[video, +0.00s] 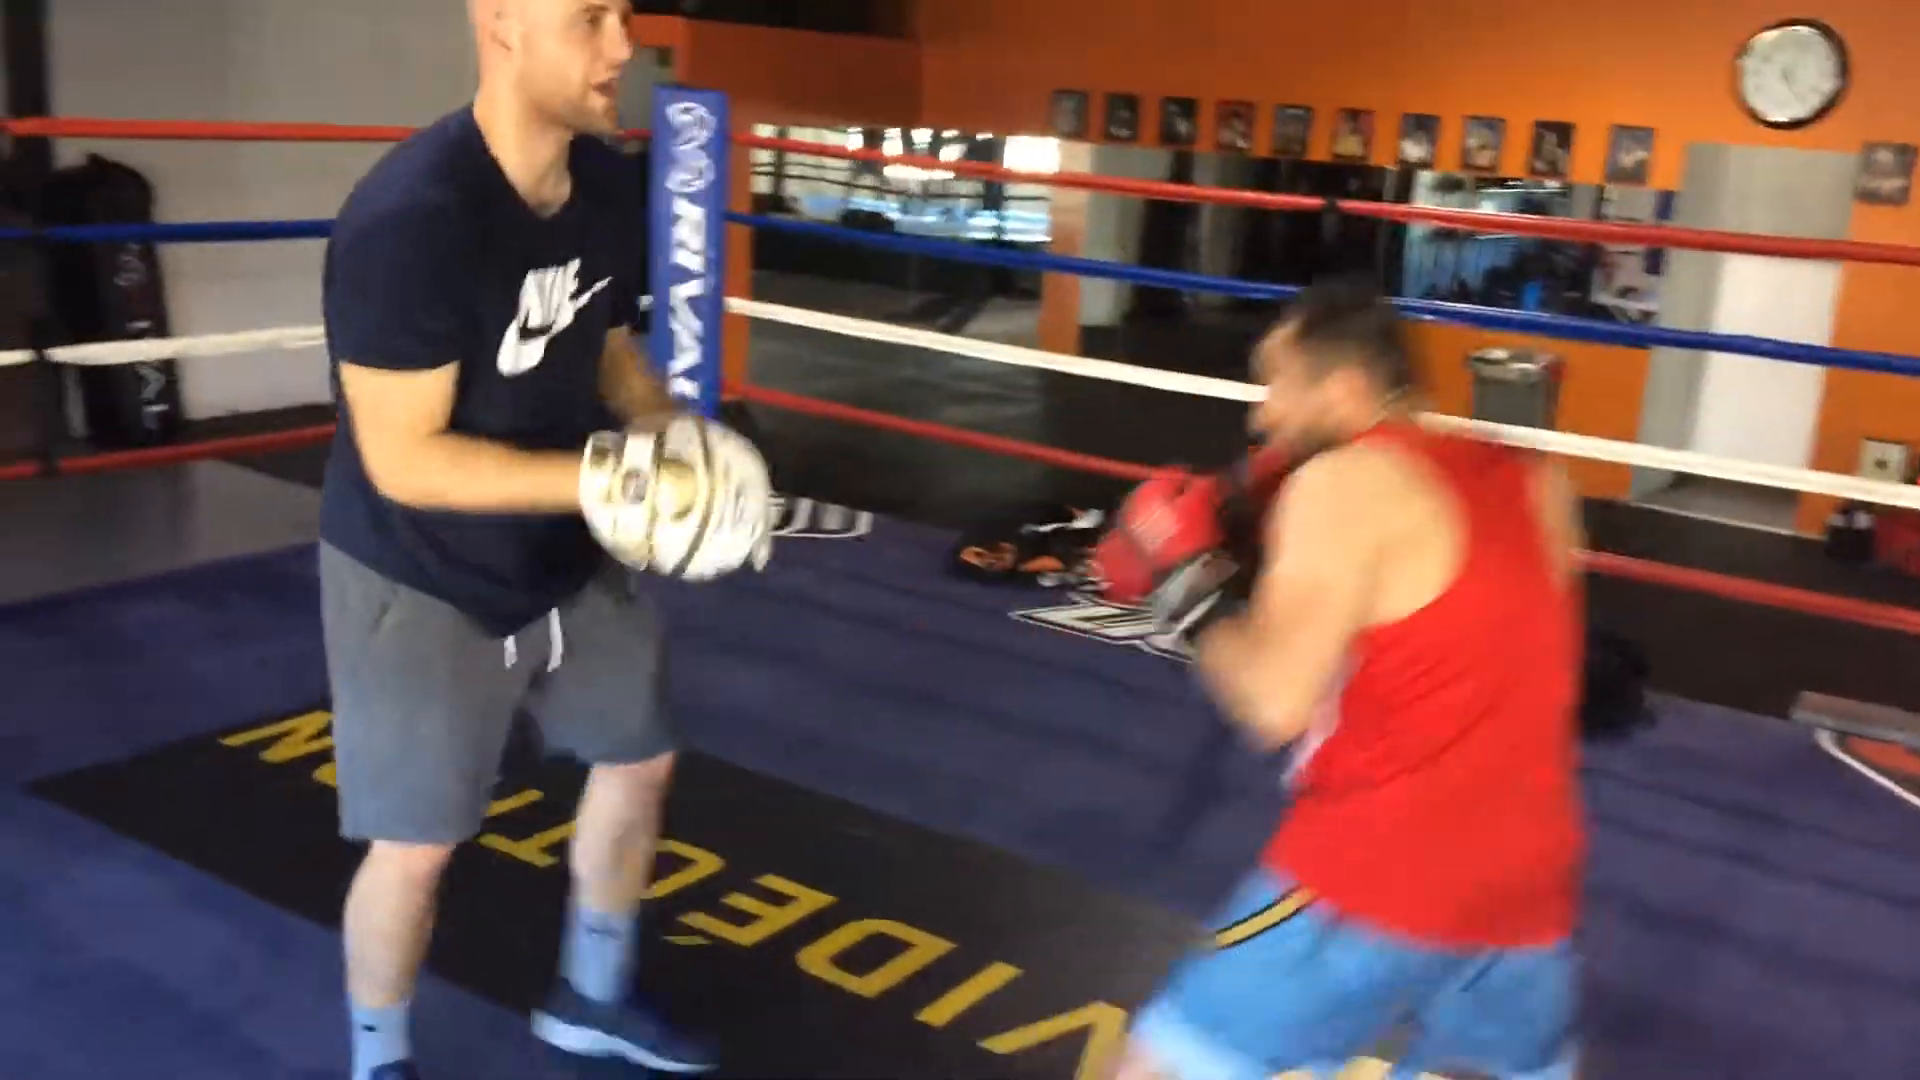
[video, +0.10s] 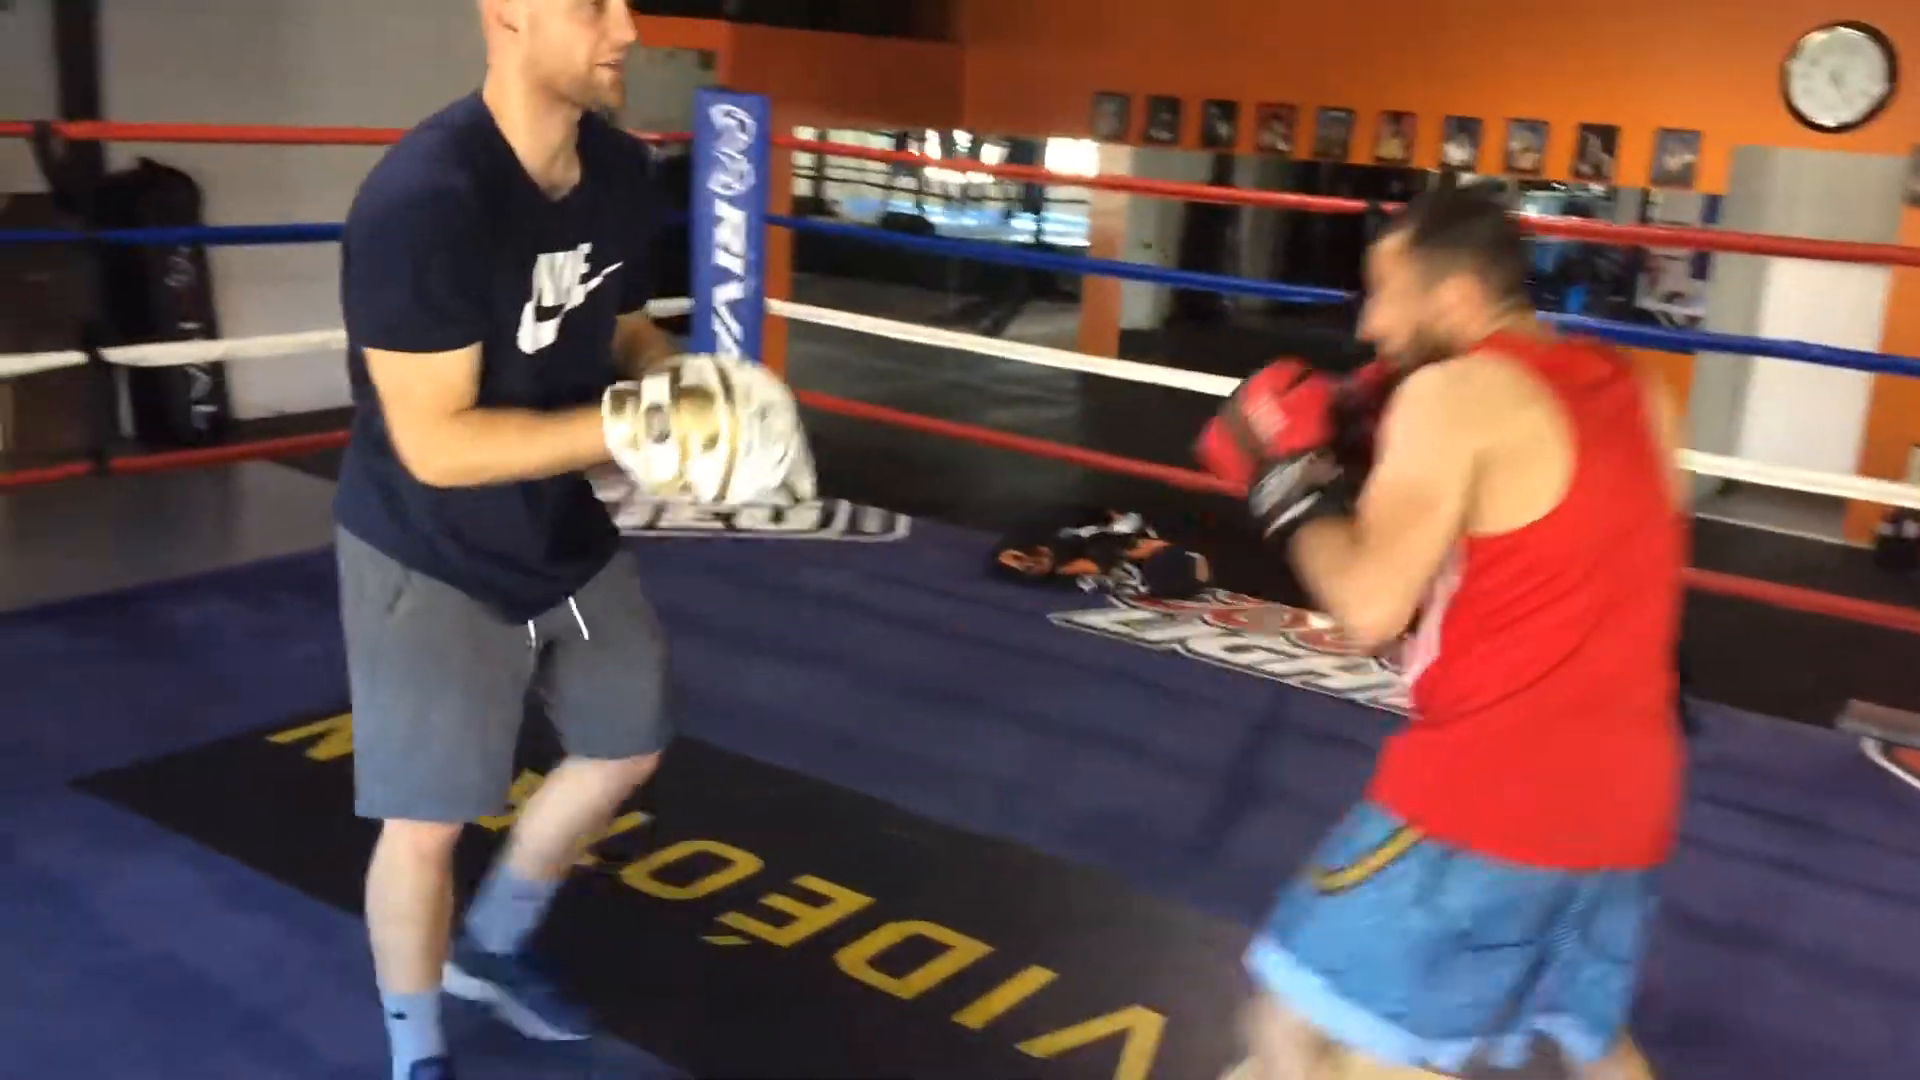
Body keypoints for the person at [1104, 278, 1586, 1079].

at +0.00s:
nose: (1262, 411)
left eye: (1275, 385)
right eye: (1263, 385)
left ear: (1342, 387)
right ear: (1381, 378)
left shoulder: (1341, 487)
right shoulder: (1528, 472)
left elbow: (1273, 702)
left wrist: (1189, 583)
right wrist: (1282, 522)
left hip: (1369, 889)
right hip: (1525, 893)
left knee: (1168, 1059)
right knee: (1518, 1069)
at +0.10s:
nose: (1366, 323)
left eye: (1381, 293)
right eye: (1368, 294)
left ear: (1454, 295)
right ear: (1483, 288)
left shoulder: (1452, 397)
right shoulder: (1621, 384)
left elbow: (1366, 605)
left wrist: (1284, 476)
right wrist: (1376, 437)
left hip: (1483, 805)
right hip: (1625, 808)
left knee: (1298, 1028)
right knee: (1578, 1038)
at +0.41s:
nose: (1568, 370)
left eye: (1589, 345)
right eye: (1576, 343)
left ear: (1664, 361)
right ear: (1692, 362)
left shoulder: (1624, 456)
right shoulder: (1811, 474)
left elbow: (1501, 639)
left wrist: (1440, 523)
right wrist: (1553, 515)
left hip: (1605, 885)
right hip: (1742, 880)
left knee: (1591, 1062)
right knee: (1724, 1060)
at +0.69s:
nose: (1496, 319)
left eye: (1520, 298)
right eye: (1502, 295)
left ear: (1596, 313)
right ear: (1600, 315)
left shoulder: (1593, 399)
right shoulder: (1683, 391)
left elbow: (1601, 582)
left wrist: (1470, 513)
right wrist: (1507, 447)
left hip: (1568, 753)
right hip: (1681, 764)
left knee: (1383, 905)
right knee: (1683, 985)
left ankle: (1379, 1072)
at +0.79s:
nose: (1403, 336)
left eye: (1423, 317)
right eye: (1406, 314)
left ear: (1491, 322)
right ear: (1501, 321)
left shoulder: (1506, 421)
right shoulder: (1577, 401)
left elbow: (1493, 603)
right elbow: (1531, 539)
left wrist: (1387, 520)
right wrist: (1412, 501)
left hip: (1500, 743)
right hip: (1602, 743)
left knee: (1349, 879)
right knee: (1605, 946)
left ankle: (1286, 1051)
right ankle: (1668, 1077)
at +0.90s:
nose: (1321, 349)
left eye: (1341, 329)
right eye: (1325, 326)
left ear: (1410, 338)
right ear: (1423, 335)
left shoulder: (1424, 438)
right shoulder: (1506, 383)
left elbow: (1388, 620)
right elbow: (1453, 530)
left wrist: (1295, 534)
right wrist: (1342, 490)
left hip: (1440, 716)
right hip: (1538, 710)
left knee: (1295, 857)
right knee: (1525, 886)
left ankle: (1260, 1048)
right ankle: (1606, 1060)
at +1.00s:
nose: (1283, 339)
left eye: (1300, 322)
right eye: (1285, 318)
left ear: (1366, 327)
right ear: (1382, 321)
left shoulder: (1381, 421)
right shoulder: (1463, 359)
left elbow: (1327, 595)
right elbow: (1409, 500)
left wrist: (1253, 501)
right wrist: (1302, 459)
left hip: (1418, 687)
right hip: (1507, 676)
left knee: (1285, 847)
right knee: (1477, 826)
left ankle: (1251, 1045)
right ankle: (1529, 1011)